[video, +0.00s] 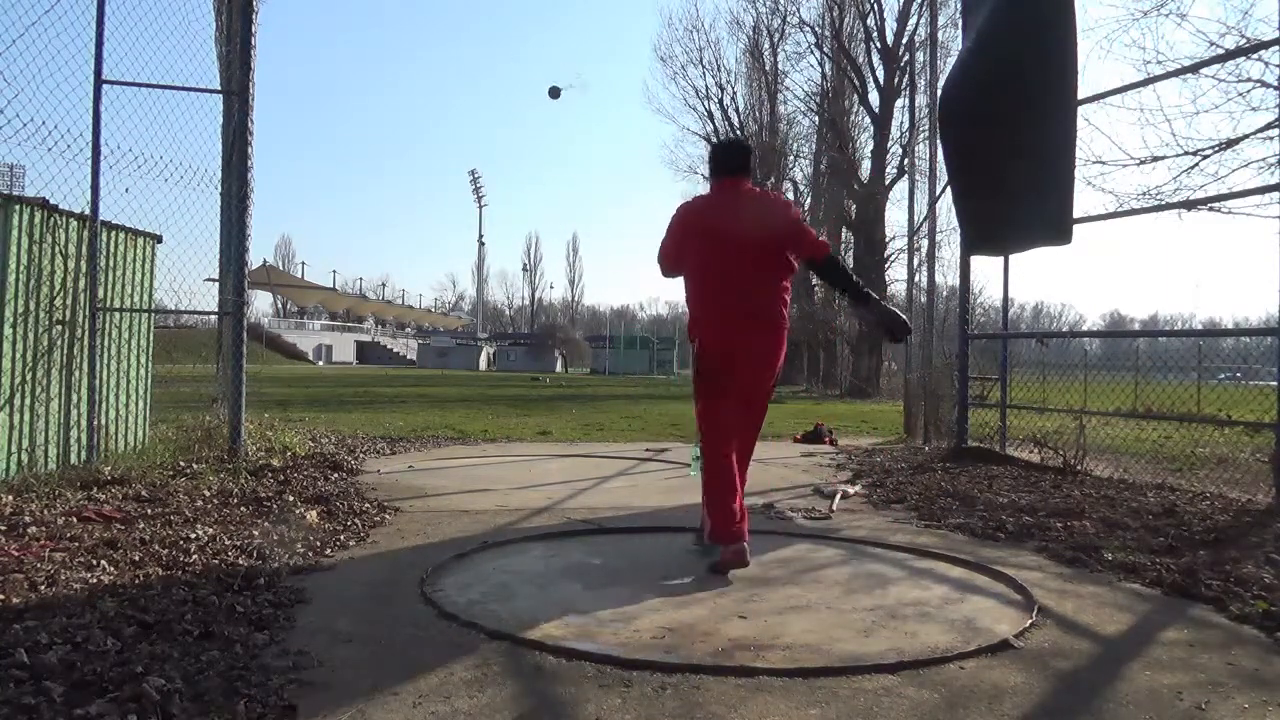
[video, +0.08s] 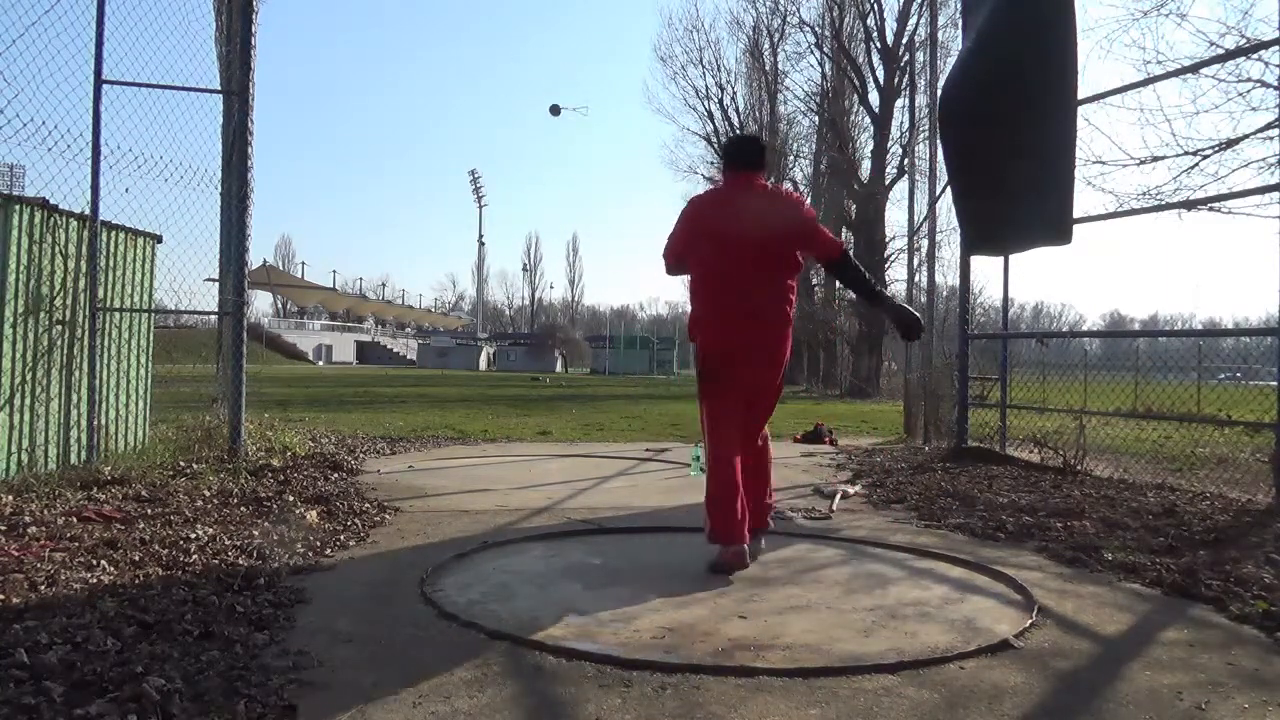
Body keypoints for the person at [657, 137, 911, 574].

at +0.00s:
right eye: (746, 167)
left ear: (711, 171)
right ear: (750, 169)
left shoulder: (691, 213)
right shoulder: (777, 209)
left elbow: (669, 265)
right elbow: (824, 261)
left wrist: (710, 248)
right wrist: (872, 303)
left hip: (713, 335)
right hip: (766, 337)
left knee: (716, 434)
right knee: (744, 432)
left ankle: (732, 543)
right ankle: (718, 522)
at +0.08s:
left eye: (726, 165)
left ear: (724, 167)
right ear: (764, 167)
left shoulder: (702, 207)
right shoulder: (787, 205)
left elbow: (673, 262)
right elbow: (839, 261)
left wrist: (718, 249)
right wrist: (888, 304)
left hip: (716, 331)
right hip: (771, 332)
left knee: (722, 435)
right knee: (755, 426)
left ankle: (731, 544)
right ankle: (758, 515)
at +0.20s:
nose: (782, 172)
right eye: (786, 164)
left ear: (746, 162)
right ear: (787, 164)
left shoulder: (716, 203)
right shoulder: (805, 207)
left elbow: (681, 257)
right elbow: (857, 266)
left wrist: (730, 258)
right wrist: (909, 310)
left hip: (723, 338)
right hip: (780, 340)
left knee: (724, 444)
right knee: (790, 433)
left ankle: (732, 548)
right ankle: (811, 533)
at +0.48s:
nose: (843, 168)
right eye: (844, 161)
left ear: (797, 159)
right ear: (840, 161)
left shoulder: (765, 199)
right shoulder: (858, 205)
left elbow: (735, 254)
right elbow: (897, 273)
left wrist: (729, 303)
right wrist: (934, 327)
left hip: (771, 340)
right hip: (829, 344)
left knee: (752, 440)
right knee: (840, 445)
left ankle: (736, 540)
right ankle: (846, 554)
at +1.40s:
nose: (852, 153)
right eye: (853, 146)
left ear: (805, 141)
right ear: (850, 146)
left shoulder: (768, 190)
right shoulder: (863, 187)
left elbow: (741, 266)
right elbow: (883, 266)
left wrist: (758, 327)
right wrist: (907, 332)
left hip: (778, 343)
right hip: (845, 345)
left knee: (778, 459)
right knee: (852, 452)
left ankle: (780, 573)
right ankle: (850, 559)